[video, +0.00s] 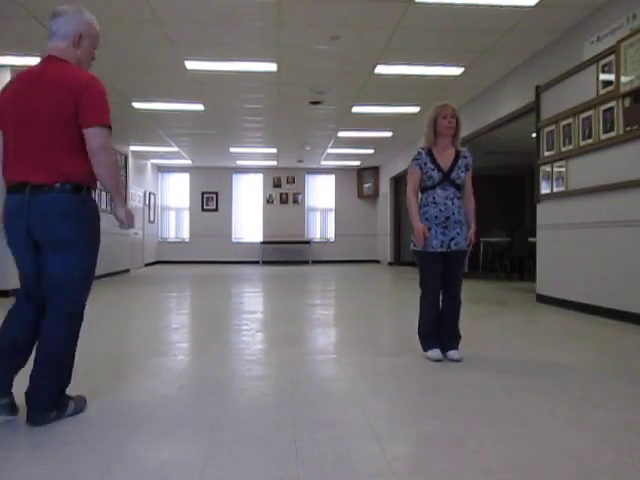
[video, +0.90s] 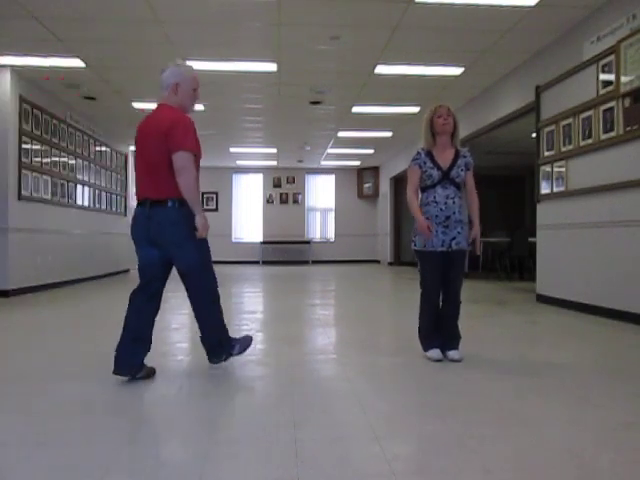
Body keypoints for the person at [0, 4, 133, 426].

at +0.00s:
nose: (93, 57)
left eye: (95, 49)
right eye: (93, 48)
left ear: (53, 41)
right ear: (79, 40)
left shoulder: (13, 86)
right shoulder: (83, 84)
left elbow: (5, 146)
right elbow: (99, 148)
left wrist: (17, 192)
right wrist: (120, 200)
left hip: (16, 204)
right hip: (66, 205)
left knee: (30, 296)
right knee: (65, 305)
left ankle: (1, 385)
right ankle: (45, 403)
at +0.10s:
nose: (106, 61)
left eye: (107, 53)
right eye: (105, 52)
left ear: (69, 47)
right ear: (90, 47)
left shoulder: (29, 92)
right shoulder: (96, 89)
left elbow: (16, 155)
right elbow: (118, 152)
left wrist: (26, 198)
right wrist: (137, 196)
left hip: (35, 207)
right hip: (80, 206)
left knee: (63, 295)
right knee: (72, 299)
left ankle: (54, 389)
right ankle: (44, 402)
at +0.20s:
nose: (118, 70)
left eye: (120, 62)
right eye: (116, 61)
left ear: (81, 56)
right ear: (99, 56)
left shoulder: (45, 99)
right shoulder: (107, 97)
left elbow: (30, 154)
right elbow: (131, 154)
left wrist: (33, 203)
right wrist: (152, 197)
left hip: (51, 210)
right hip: (94, 209)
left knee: (83, 294)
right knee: (80, 302)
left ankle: (103, 367)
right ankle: (46, 400)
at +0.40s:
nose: (141, 85)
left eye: (142, 78)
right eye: (140, 77)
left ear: (108, 71)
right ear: (123, 70)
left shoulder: (74, 112)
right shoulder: (131, 109)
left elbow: (63, 165)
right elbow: (150, 162)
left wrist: (67, 209)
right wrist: (169, 206)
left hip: (84, 214)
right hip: (122, 212)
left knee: (114, 293)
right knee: (115, 298)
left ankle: (125, 367)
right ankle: (65, 372)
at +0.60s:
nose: (161, 94)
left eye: (162, 87)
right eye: (160, 86)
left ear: (131, 80)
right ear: (143, 79)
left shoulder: (105, 117)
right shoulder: (149, 116)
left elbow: (106, 168)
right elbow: (162, 165)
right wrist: (177, 213)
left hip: (111, 213)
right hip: (145, 212)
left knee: (128, 286)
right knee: (165, 285)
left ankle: (125, 366)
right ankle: (123, 352)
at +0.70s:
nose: (171, 96)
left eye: (172, 89)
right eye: (169, 88)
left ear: (143, 83)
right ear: (153, 82)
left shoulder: (119, 118)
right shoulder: (157, 117)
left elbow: (118, 169)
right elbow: (165, 166)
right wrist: (183, 211)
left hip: (122, 213)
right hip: (154, 213)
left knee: (135, 285)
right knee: (181, 282)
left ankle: (125, 367)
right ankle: (160, 354)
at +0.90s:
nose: (197, 97)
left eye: (197, 90)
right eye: (194, 90)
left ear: (170, 90)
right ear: (177, 88)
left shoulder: (147, 123)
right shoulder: (179, 121)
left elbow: (147, 172)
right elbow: (183, 168)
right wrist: (198, 213)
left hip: (145, 215)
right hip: (175, 214)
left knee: (148, 289)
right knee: (202, 285)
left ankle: (128, 363)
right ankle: (218, 346)